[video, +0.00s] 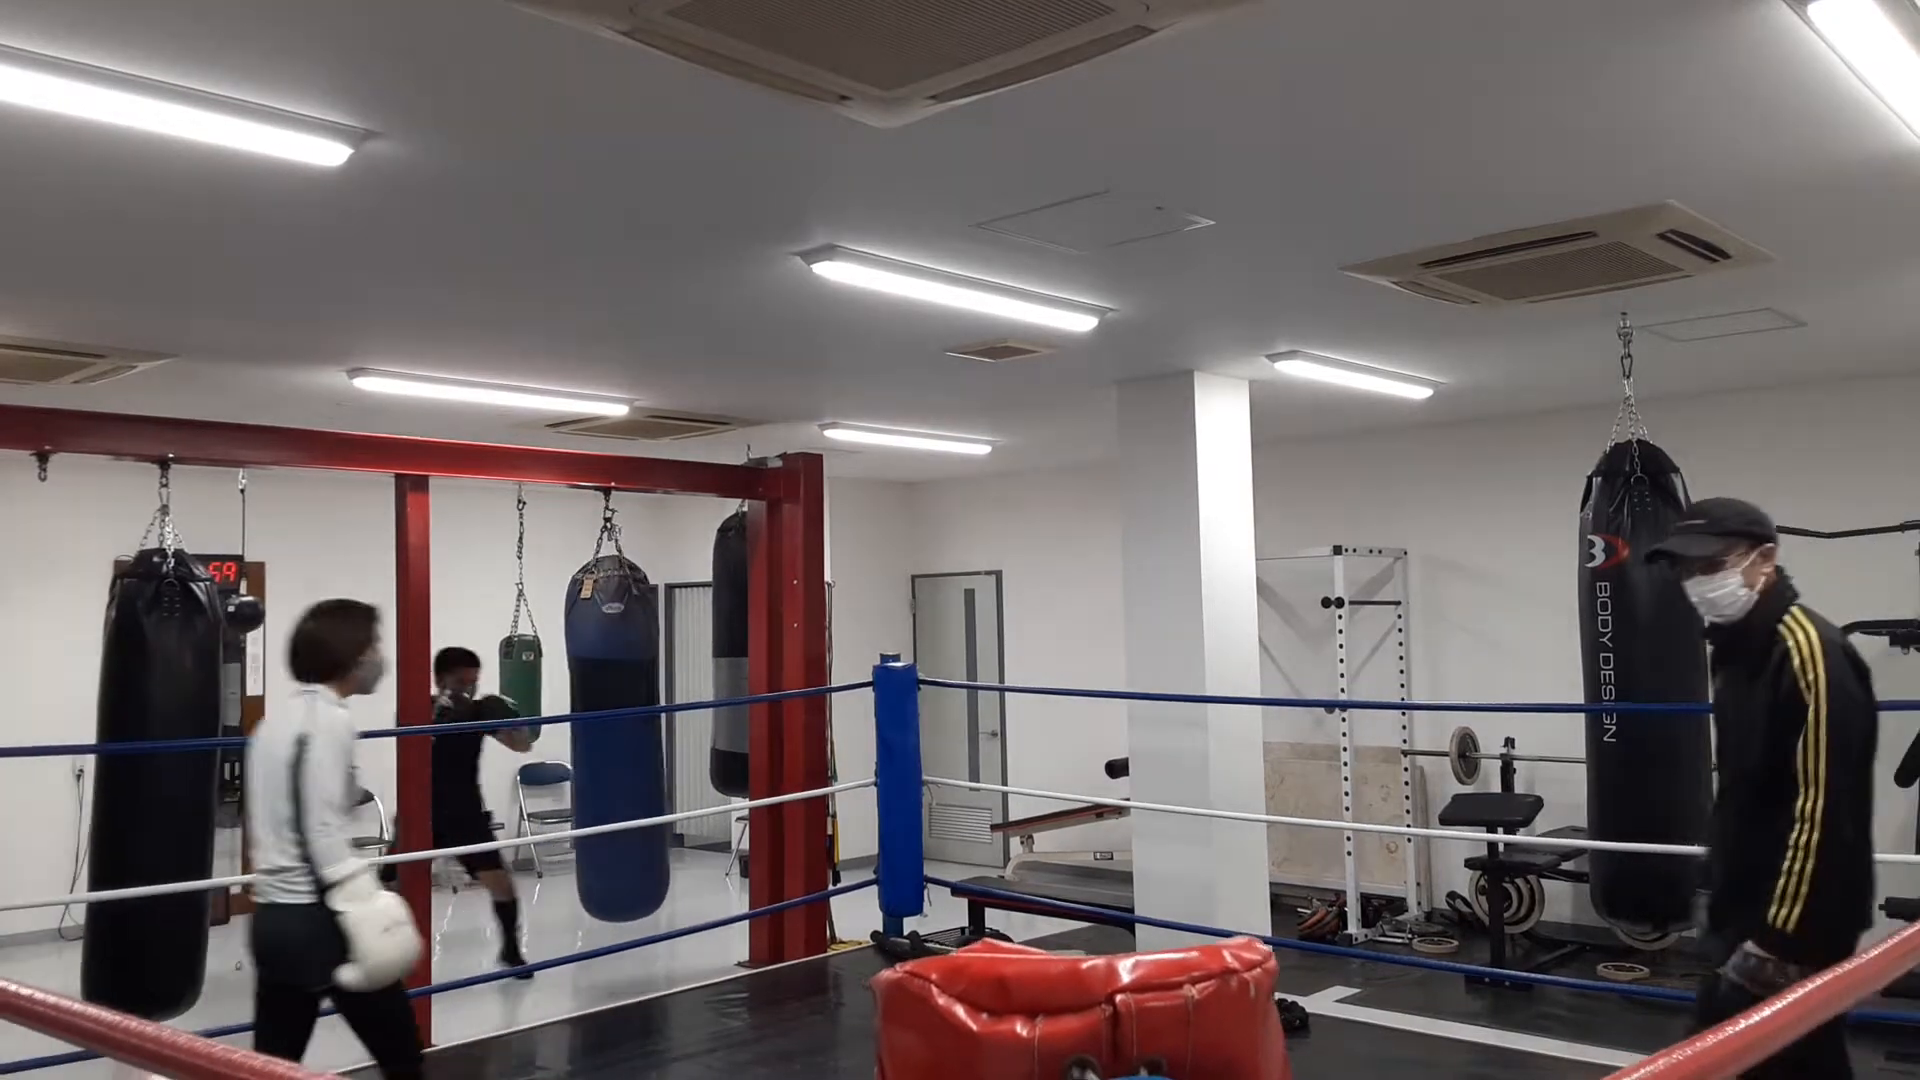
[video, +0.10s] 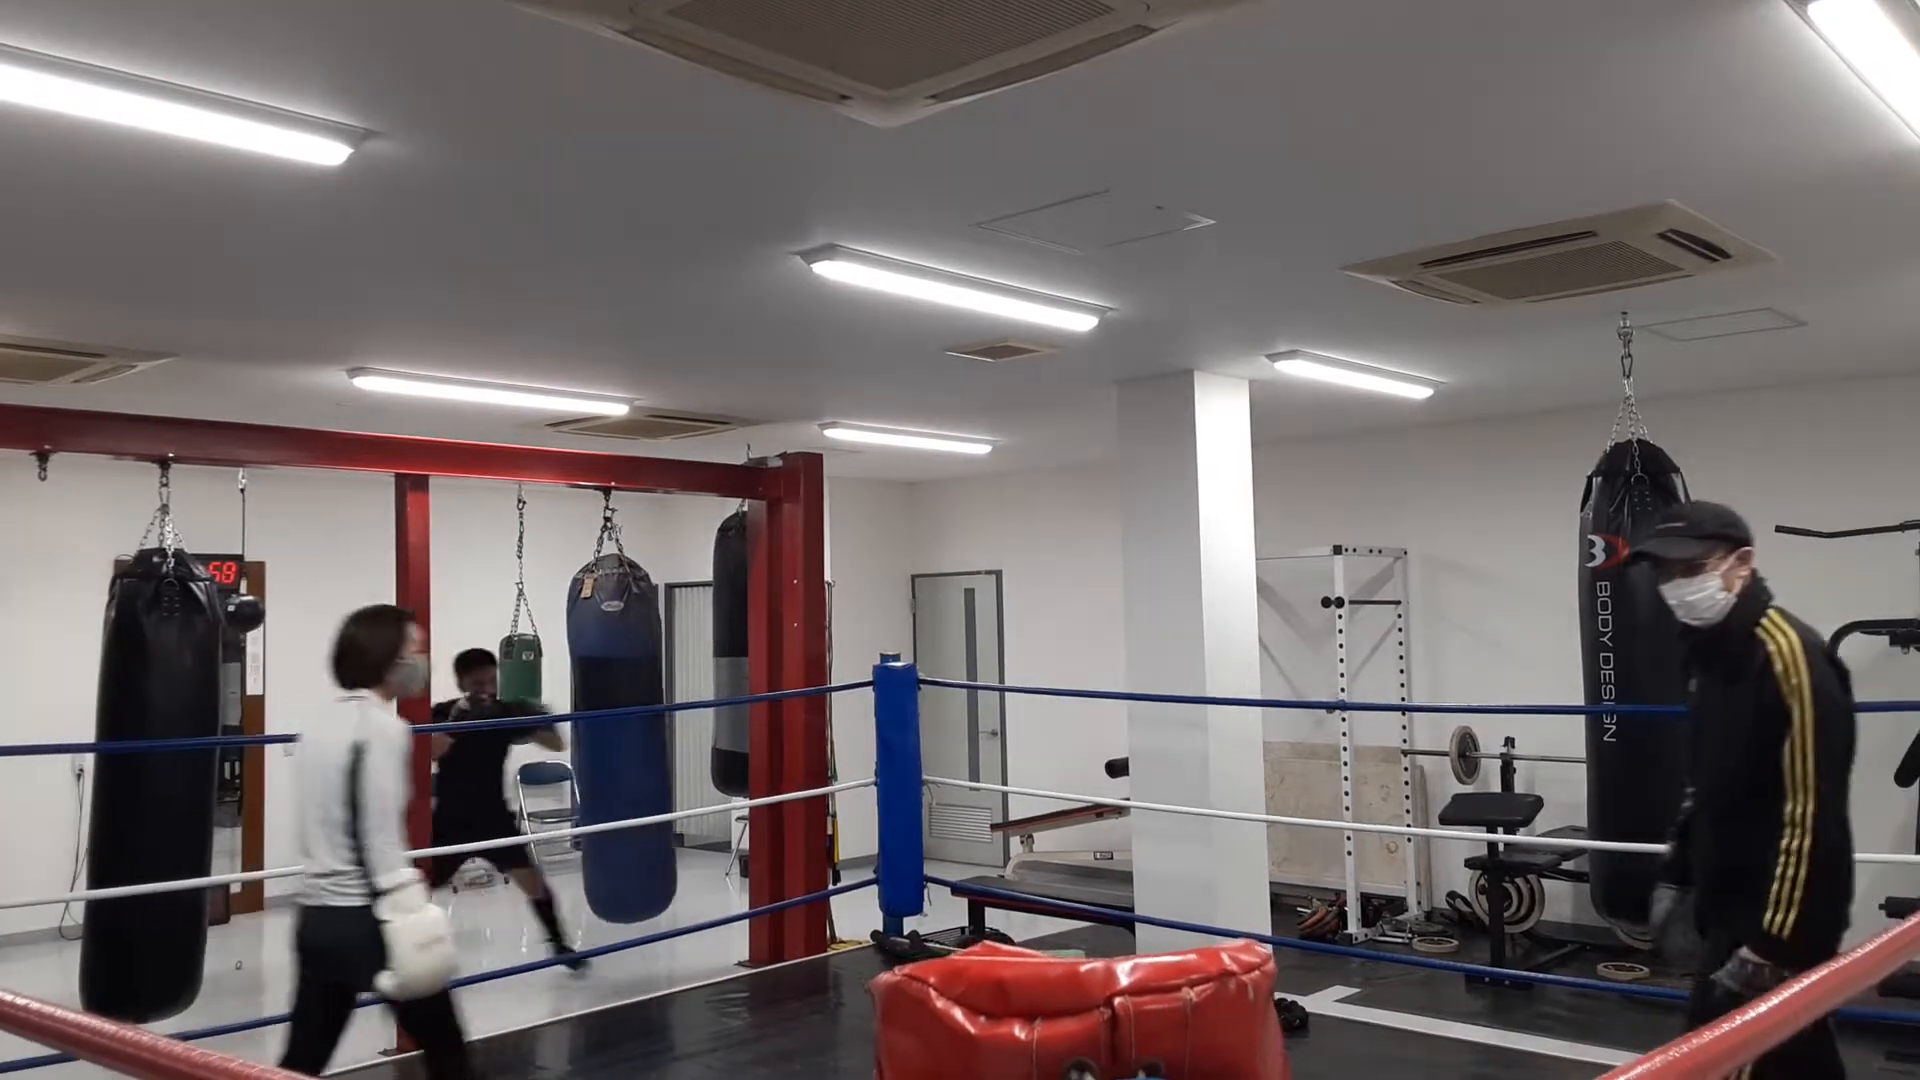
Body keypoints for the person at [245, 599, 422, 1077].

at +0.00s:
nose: (383, 655)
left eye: (379, 644)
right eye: (375, 645)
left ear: (315, 652)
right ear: (352, 657)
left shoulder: (271, 724)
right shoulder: (330, 722)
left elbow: (265, 829)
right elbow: (326, 831)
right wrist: (373, 913)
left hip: (275, 920)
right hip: (327, 918)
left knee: (271, 1067)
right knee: (402, 1058)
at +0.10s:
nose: (423, 658)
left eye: (421, 647)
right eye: (416, 647)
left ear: (357, 655)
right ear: (390, 658)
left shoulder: (319, 723)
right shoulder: (383, 726)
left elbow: (311, 830)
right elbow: (381, 833)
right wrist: (415, 916)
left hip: (320, 921)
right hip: (375, 919)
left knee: (301, 1063)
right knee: (447, 1054)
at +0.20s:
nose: (466, 652)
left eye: (462, 642)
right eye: (457, 643)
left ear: (399, 653)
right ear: (433, 655)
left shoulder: (364, 721)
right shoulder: (435, 724)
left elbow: (366, 815)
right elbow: (438, 830)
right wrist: (456, 917)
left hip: (376, 913)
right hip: (433, 910)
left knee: (363, 1051)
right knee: (489, 1052)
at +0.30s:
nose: (508, 648)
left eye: (506, 638)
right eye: (502, 640)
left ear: (442, 646)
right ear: (481, 650)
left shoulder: (407, 714)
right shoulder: (485, 721)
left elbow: (394, 814)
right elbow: (484, 820)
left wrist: (402, 888)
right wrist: (506, 903)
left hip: (422, 900)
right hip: (477, 898)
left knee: (446, 1034)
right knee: (509, 1045)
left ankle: (387, 1075)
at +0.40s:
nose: (547, 643)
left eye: (544, 632)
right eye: (539, 633)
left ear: (481, 642)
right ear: (517, 644)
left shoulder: (441, 709)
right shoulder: (527, 712)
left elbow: (429, 810)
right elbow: (528, 818)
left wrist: (425, 884)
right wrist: (560, 899)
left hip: (457, 894)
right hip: (510, 893)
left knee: (514, 1006)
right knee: (523, 1022)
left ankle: (458, 1070)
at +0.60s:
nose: (621, 642)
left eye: (618, 632)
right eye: (613, 634)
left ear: (556, 644)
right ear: (589, 645)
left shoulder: (517, 707)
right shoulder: (599, 708)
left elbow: (491, 791)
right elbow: (609, 812)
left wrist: (463, 864)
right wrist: (655, 876)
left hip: (530, 887)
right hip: (575, 889)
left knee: (605, 998)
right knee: (546, 1024)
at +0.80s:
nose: (691, 644)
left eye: (688, 634)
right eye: (683, 636)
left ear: (639, 646)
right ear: (659, 645)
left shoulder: (607, 707)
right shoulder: (669, 709)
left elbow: (577, 791)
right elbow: (669, 810)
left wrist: (542, 858)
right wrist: (719, 877)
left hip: (618, 878)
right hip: (651, 880)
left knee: (629, 1006)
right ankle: (689, 1073)